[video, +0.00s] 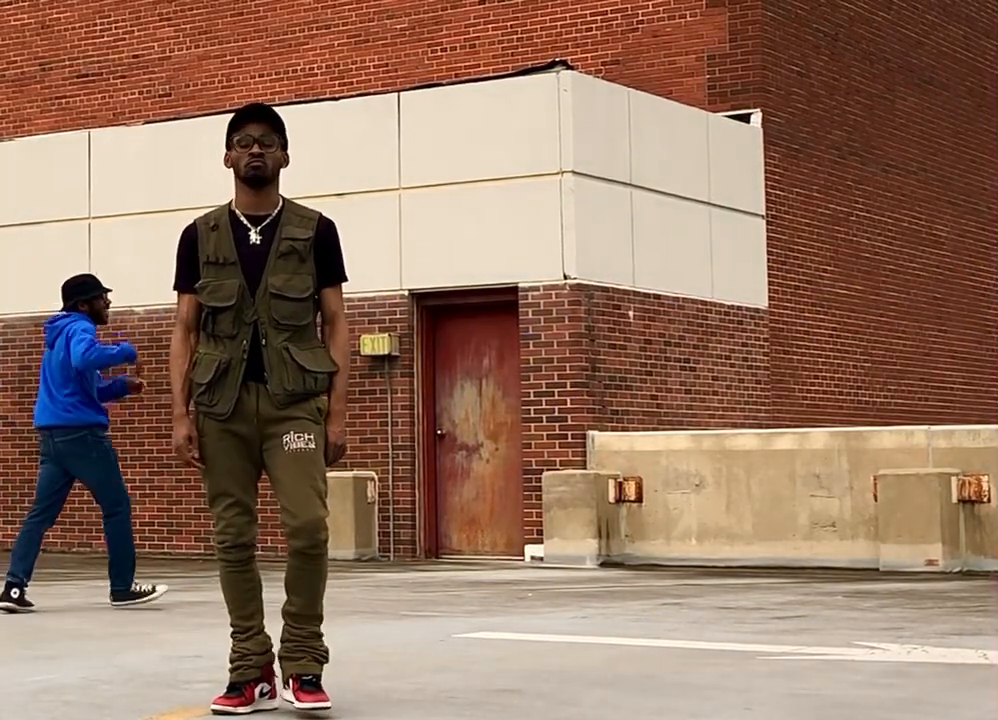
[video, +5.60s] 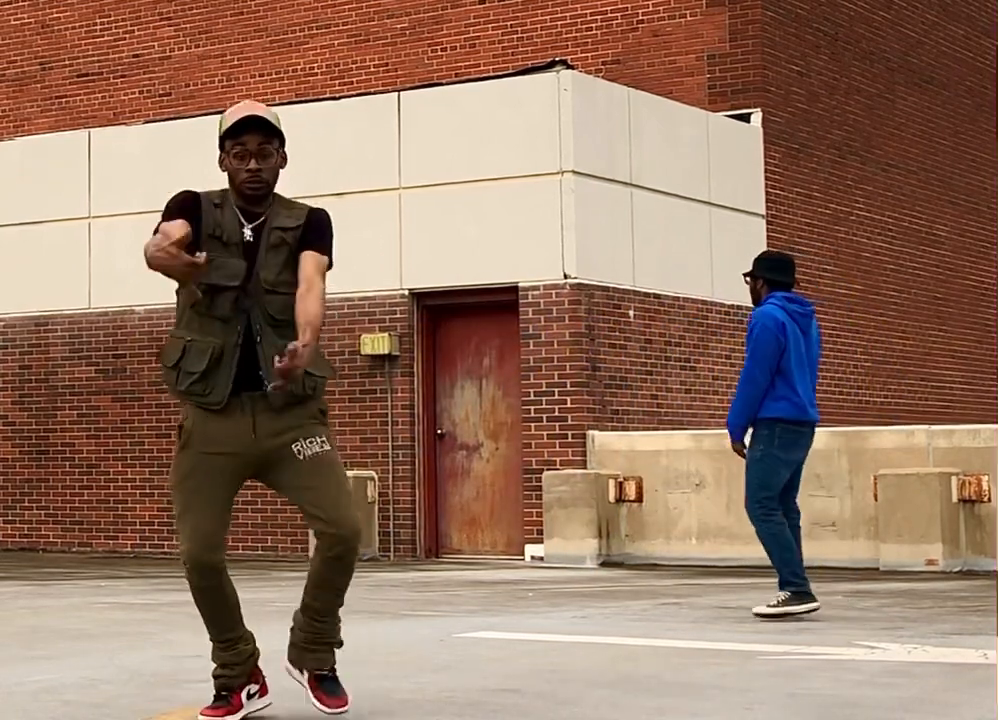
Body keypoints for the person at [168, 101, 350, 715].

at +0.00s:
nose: (255, 151)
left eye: (266, 143)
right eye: (244, 144)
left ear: (284, 156)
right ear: (228, 158)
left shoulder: (314, 229)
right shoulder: (199, 234)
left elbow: (336, 320)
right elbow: (184, 328)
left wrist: (336, 403)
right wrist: (180, 411)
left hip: (296, 403)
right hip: (221, 405)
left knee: (309, 529)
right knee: (232, 540)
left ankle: (303, 664)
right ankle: (249, 668)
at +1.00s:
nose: (324, 188)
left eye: (335, 180)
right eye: (312, 177)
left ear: (346, 188)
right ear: (286, 181)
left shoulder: (352, 256)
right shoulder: (244, 243)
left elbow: (366, 324)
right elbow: (242, 346)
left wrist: (378, 342)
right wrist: (282, 430)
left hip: (310, 415)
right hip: (234, 414)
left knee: (337, 542)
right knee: (224, 544)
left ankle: (324, 677)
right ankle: (244, 674)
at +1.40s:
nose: (280, 150)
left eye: (292, 143)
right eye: (268, 144)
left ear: (311, 157)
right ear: (254, 160)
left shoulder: (346, 231)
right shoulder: (225, 229)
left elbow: (363, 326)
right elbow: (203, 315)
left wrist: (332, 397)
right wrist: (207, 389)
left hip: (320, 404)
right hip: (242, 404)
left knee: (339, 537)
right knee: (233, 537)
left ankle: (329, 673)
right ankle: (245, 671)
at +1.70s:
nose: (299, 156)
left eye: (310, 150)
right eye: (287, 150)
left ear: (324, 165)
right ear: (269, 166)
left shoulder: (356, 231)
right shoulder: (241, 238)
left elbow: (372, 290)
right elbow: (243, 315)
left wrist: (352, 324)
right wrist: (246, 378)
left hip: (338, 404)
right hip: (266, 402)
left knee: (350, 542)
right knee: (241, 539)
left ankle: (331, 675)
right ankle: (251, 668)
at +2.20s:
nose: (290, 162)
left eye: (301, 156)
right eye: (280, 152)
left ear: (311, 170)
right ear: (257, 160)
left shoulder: (317, 229)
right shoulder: (224, 214)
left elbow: (345, 245)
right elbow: (205, 266)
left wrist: (345, 226)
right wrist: (280, 316)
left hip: (314, 396)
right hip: (243, 398)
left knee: (335, 524)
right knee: (246, 535)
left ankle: (319, 657)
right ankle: (252, 667)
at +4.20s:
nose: (259, 194)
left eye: (269, 186)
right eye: (247, 184)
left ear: (282, 195)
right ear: (228, 190)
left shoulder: (286, 253)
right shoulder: (200, 236)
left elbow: (324, 270)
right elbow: (170, 265)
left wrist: (310, 266)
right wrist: (244, 301)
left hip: (290, 421)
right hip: (219, 424)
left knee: (330, 526)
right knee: (202, 555)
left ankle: (332, 669)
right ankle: (198, 652)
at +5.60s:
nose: (254, 163)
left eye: (265, 152)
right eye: (241, 153)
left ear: (281, 159)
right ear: (223, 160)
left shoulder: (307, 221)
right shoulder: (194, 207)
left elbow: (311, 289)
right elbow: (159, 248)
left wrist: (303, 345)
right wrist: (171, 257)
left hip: (291, 416)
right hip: (209, 420)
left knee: (344, 530)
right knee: (198, 554)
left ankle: (313, 651)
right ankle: (238, 672)